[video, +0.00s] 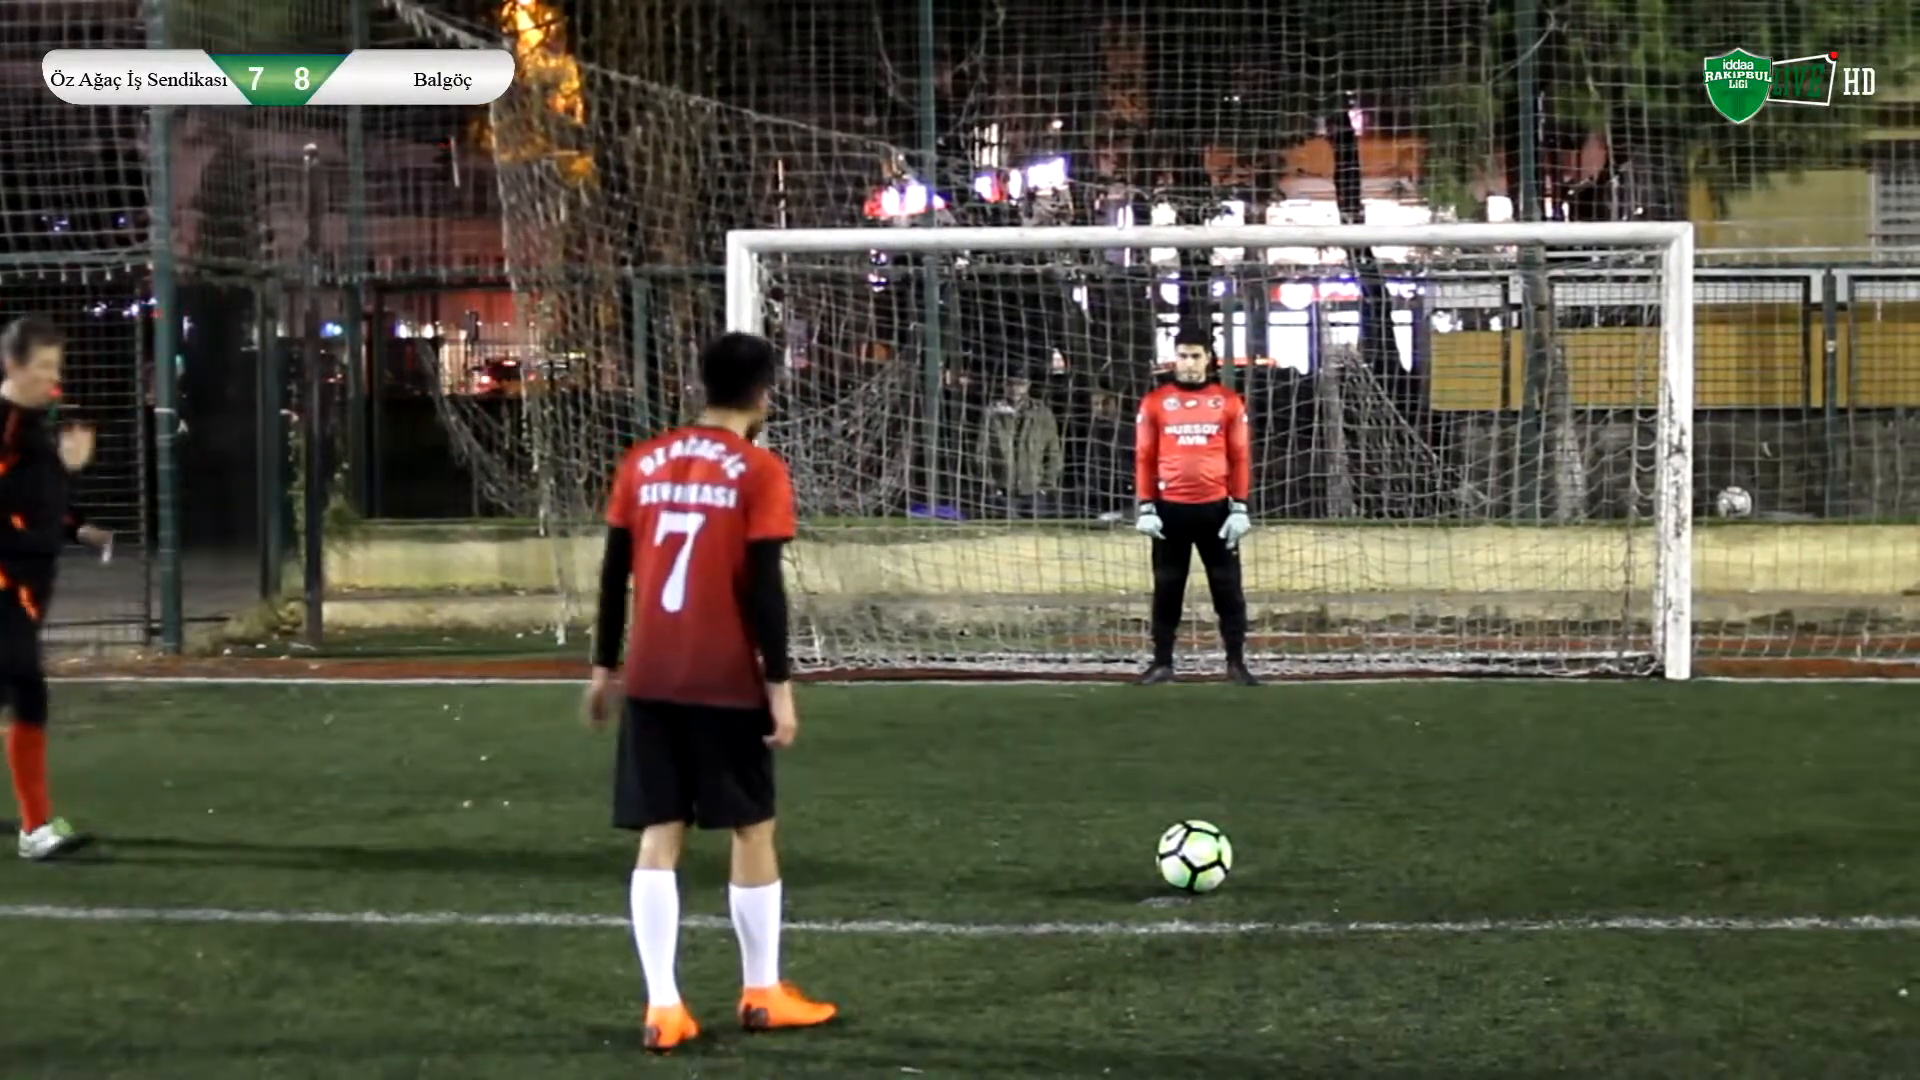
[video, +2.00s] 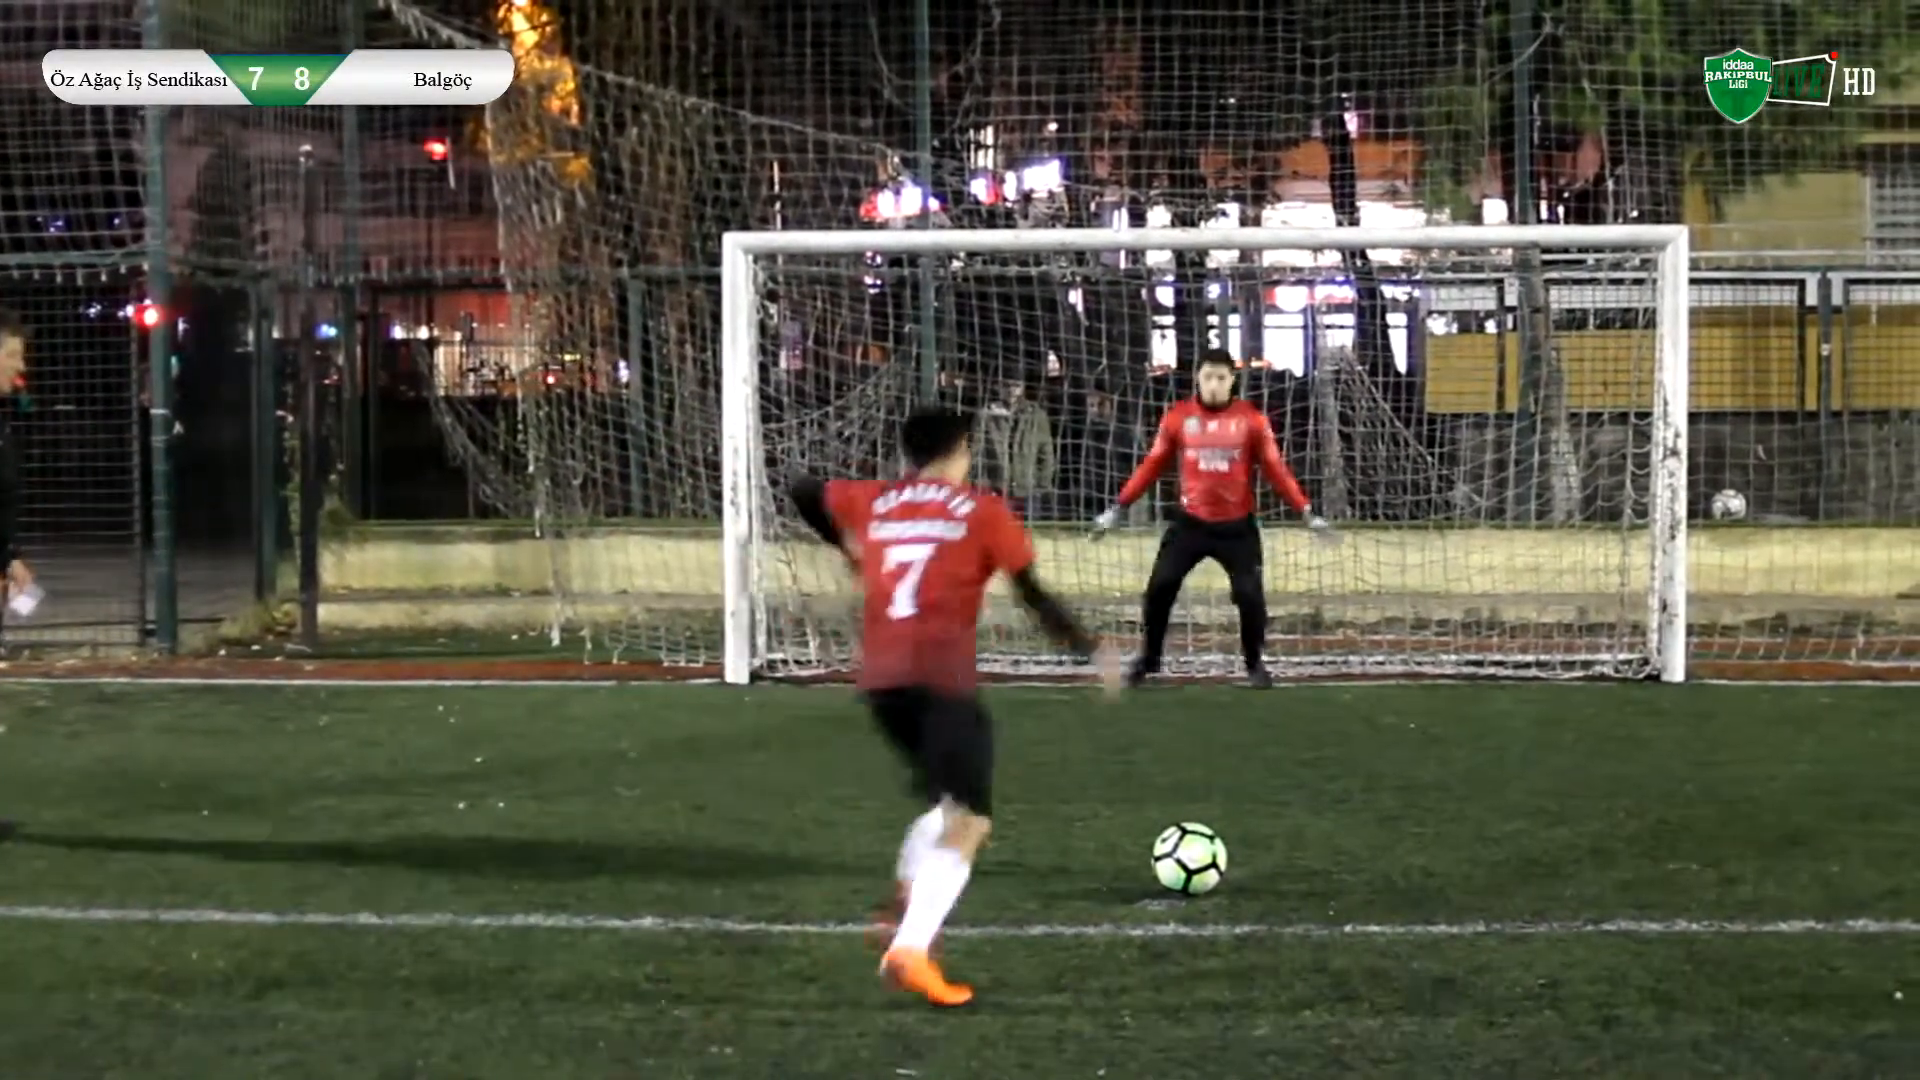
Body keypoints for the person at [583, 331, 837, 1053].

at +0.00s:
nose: (771, 401)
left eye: (769, 390)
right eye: (772, 392)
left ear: (699, 388)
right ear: (762, 396)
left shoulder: (642, 461)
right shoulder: (762, 471)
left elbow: (614, 572)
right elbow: (762, 579)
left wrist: (605, 662)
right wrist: (780, 678)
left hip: (650, 678)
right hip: (729, 682)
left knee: (659, 831)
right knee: (754, 829)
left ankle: (662, 1004)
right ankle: (763, 988)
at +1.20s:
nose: (837, 434)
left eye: (835, 422)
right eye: (835, 423)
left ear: (774, 419)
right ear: (822, 425)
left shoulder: (710, 480)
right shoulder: (816, 484)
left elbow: (670, 584)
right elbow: (797, 575)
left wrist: (706, 645)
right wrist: (799, 675)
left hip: (694, 682)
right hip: (764, 682)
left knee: (687, 830)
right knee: (829, 794)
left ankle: (665, 1001)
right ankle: (809, 958)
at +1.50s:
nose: (882, 474)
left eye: (882, 464)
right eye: (881, 464)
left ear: (821, 458)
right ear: (868, 462)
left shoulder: (768, 511)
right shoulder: (862, 511)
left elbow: (748, 600)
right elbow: (842, 588)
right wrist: (833, 672)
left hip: (740, 695)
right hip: (807, 693)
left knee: (712, 832)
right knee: (889, 791)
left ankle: (671, 992)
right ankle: (891, 950)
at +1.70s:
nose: (926, 490)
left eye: (923, 481)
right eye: (924, 480)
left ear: (866, 475)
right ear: (912, 478)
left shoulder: (819, 523)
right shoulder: (915, 528)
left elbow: (798, 614)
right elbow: (910, 602)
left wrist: (812, 667)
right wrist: (900, 672)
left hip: (802, 697)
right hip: (870, 698)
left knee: (784, 832)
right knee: (933, 814)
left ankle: (707, 961)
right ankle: (897, 963)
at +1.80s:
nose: (944, 489)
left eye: (942, 480)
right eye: (942, 480)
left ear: (883, 480)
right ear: (932, 481)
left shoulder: (850, 522)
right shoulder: (940, 526)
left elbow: (813, 567)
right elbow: (946, 593)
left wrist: (864, 606)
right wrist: (968, 686)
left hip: (830, 697)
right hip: (896, 698)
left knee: (834, 846)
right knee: (950, 822)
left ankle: (747, 934)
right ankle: (900, 965)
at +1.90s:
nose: (960, 480)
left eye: (958, 470)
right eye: (957, 470)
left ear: (899, 471)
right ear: (949, 472)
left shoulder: (860, 518)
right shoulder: (960, 525)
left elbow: (821, 538)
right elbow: (1006, 607)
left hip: (860, 695)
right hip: (919, 696)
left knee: (920, 827)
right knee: (964, 826)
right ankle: (905, 960)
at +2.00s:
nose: (970, 461)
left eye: (965, 452)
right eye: (968, 452)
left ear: (912, 455)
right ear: (959, 453)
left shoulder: (874, 499)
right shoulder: (984, 510)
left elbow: (804, 492)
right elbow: (1033, 592)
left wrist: (843, 545)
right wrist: (1083, 642)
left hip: (881, 678)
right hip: (942, 678)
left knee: (946, 800)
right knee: (971, 819)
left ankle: (907, 898)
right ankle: (912, 947)